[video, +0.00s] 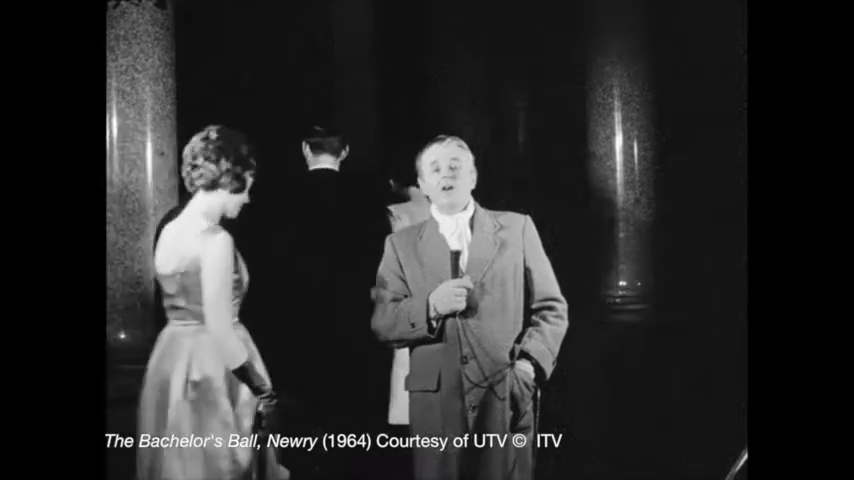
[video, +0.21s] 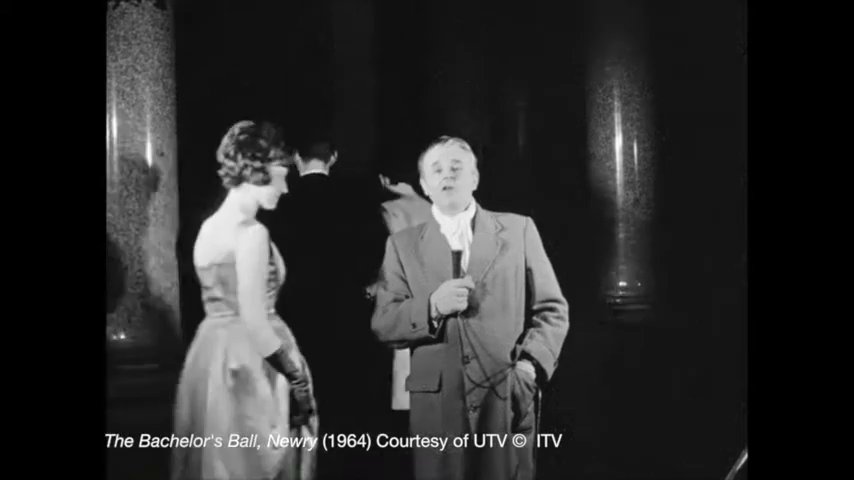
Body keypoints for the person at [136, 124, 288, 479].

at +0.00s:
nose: (247, 199)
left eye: (248, 188)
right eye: (245, 188)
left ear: (204, 179)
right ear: (223, 181)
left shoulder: (169, 232)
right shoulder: (216, 240)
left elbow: (178, 311)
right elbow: (220, 327)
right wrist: (262, 387)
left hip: (172, 347)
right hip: (209, 354)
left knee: (176, 455)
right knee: (216, 456)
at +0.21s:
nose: (286, 188)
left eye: (286, 177)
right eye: (282, 176)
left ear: (251, 173)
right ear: (256, 173)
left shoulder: (209, 229)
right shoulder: (251, 232)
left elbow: (219, 309)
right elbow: (254, 320)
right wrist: (297, 373)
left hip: (212, 348)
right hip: (247, 354)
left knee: (216, 457)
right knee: (256, 458)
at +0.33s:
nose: (305, 190)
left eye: (305, 179)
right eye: (301, 178)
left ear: (271, 178)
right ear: (275, 177)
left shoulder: (229, 232)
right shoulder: (278, 235)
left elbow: (239, 307)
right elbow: (280, 318)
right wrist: (320, 373)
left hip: (231, 349)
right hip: (269, 353)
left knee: (236, 453)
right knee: (276, 455)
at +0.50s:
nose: (330, 189)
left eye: (330, 180)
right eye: (325, 181)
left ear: (292, 180)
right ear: (301, 181)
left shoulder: (260, 233)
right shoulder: (313, 237)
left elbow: (267, 305)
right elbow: (323, 319)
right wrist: (347, 359)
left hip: (265, 346)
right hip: (305, 351)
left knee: (265, 448)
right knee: (308, 454)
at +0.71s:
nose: (364, 187)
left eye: (365, 178)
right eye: (362, 178)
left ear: (323, 173)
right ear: (345, 175)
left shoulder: (291, 225)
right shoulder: (354, 225)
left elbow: (296, 295)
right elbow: (367, 297)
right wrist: (385, 347)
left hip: (299, 331)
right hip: (343, 333)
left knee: (296, 429)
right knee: (342, 433)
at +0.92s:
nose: (397, 191)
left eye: (396, 184)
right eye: (396, 184)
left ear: (351, 180)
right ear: (391, 183)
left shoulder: (321, 229)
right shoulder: (395, 233)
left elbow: (319, 293)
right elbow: (407, 293)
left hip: (327, 332)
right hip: (374, 334)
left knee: (326, 423)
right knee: (377, 427)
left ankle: (326, 475)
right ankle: (375, 475)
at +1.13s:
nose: (419, 195)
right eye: (417, 189)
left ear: (376, 188)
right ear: (413, 188)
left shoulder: (353, 230)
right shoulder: (417, 231)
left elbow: (347, 293)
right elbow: (422, 295)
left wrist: (354, 328)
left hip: (357, 334)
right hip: (398, 335)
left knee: (355, 419)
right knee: (399, 423)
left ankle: (355, 473)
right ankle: (399, 474)